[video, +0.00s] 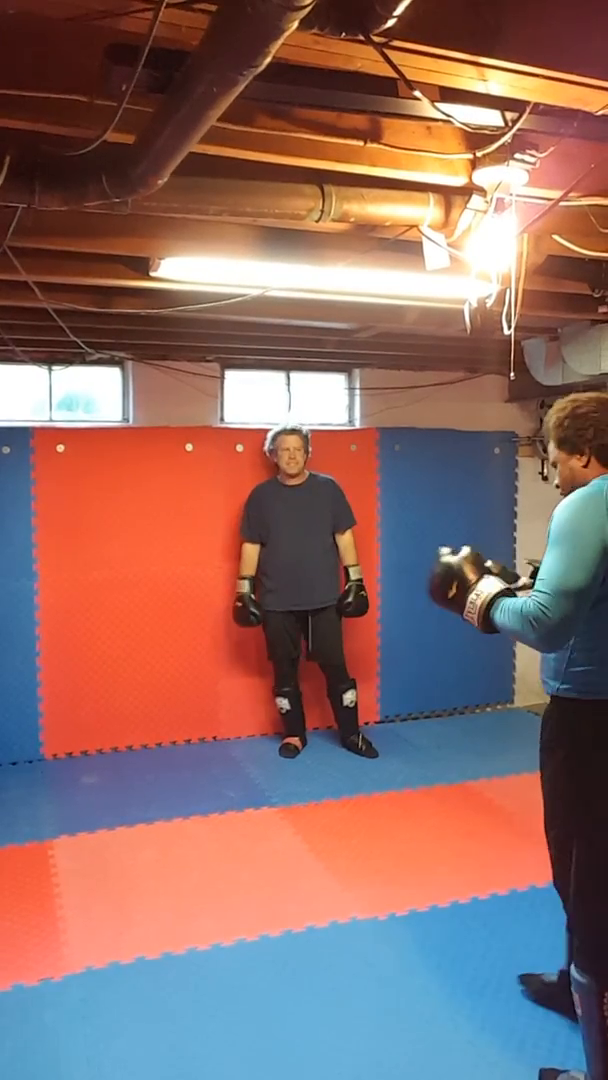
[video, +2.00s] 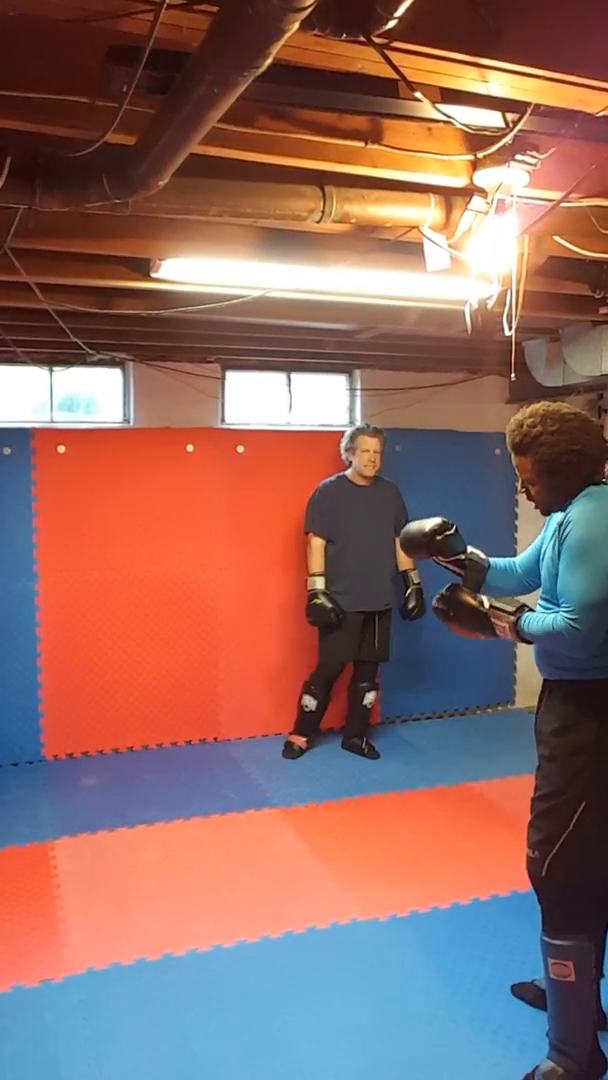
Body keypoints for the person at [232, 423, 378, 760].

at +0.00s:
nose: (291, 456)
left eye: (297, 450)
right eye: (285, 450)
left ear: (307, 454)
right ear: (274, 456)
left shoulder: (328, 489)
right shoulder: (261, 495)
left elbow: (344, 535)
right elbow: (252, 544)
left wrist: (355, 580)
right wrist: (244, 590)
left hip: (324, 597)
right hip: (278, 599)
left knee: (336, 666)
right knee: (284, 669)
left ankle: (351, 733)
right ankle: (294, 734)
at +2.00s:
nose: (372, 459)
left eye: (377, 453)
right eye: (365, 452)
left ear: (382, 456)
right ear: (349, 454)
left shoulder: (389, 492)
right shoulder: (328, 492)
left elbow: (399, 541)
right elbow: (317, 543)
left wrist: (412, 581)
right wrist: (317, 591)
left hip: (380, 601)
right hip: (341, 601)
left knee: (368, 670)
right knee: (329, 667)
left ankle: (356, 736)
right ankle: (302, 732)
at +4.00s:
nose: (321, 457)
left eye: (327, 451)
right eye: (314, 451)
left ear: (337, 454)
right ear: (304, 454)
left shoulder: (355, 491)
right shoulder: (287, 495)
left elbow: (371, 541)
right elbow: (275, 545)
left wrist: (383, 588)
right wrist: (265, 592)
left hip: (346, 603)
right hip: (297, 602)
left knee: (350, 672)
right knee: (290, 676)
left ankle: (353, 736)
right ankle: (282, 748)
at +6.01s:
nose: (318, 455)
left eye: (323, 449)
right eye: (310, 450)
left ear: (330, 451)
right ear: (296, 455)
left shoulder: (345, 489)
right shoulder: (277, 495)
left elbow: (360, 532)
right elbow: (265, 544)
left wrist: (357, 551)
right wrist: (307, 558)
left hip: (340, 605)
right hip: (294, 607)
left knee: (349, 676)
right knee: (287, 679)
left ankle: (355, 744)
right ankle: (282, 748)